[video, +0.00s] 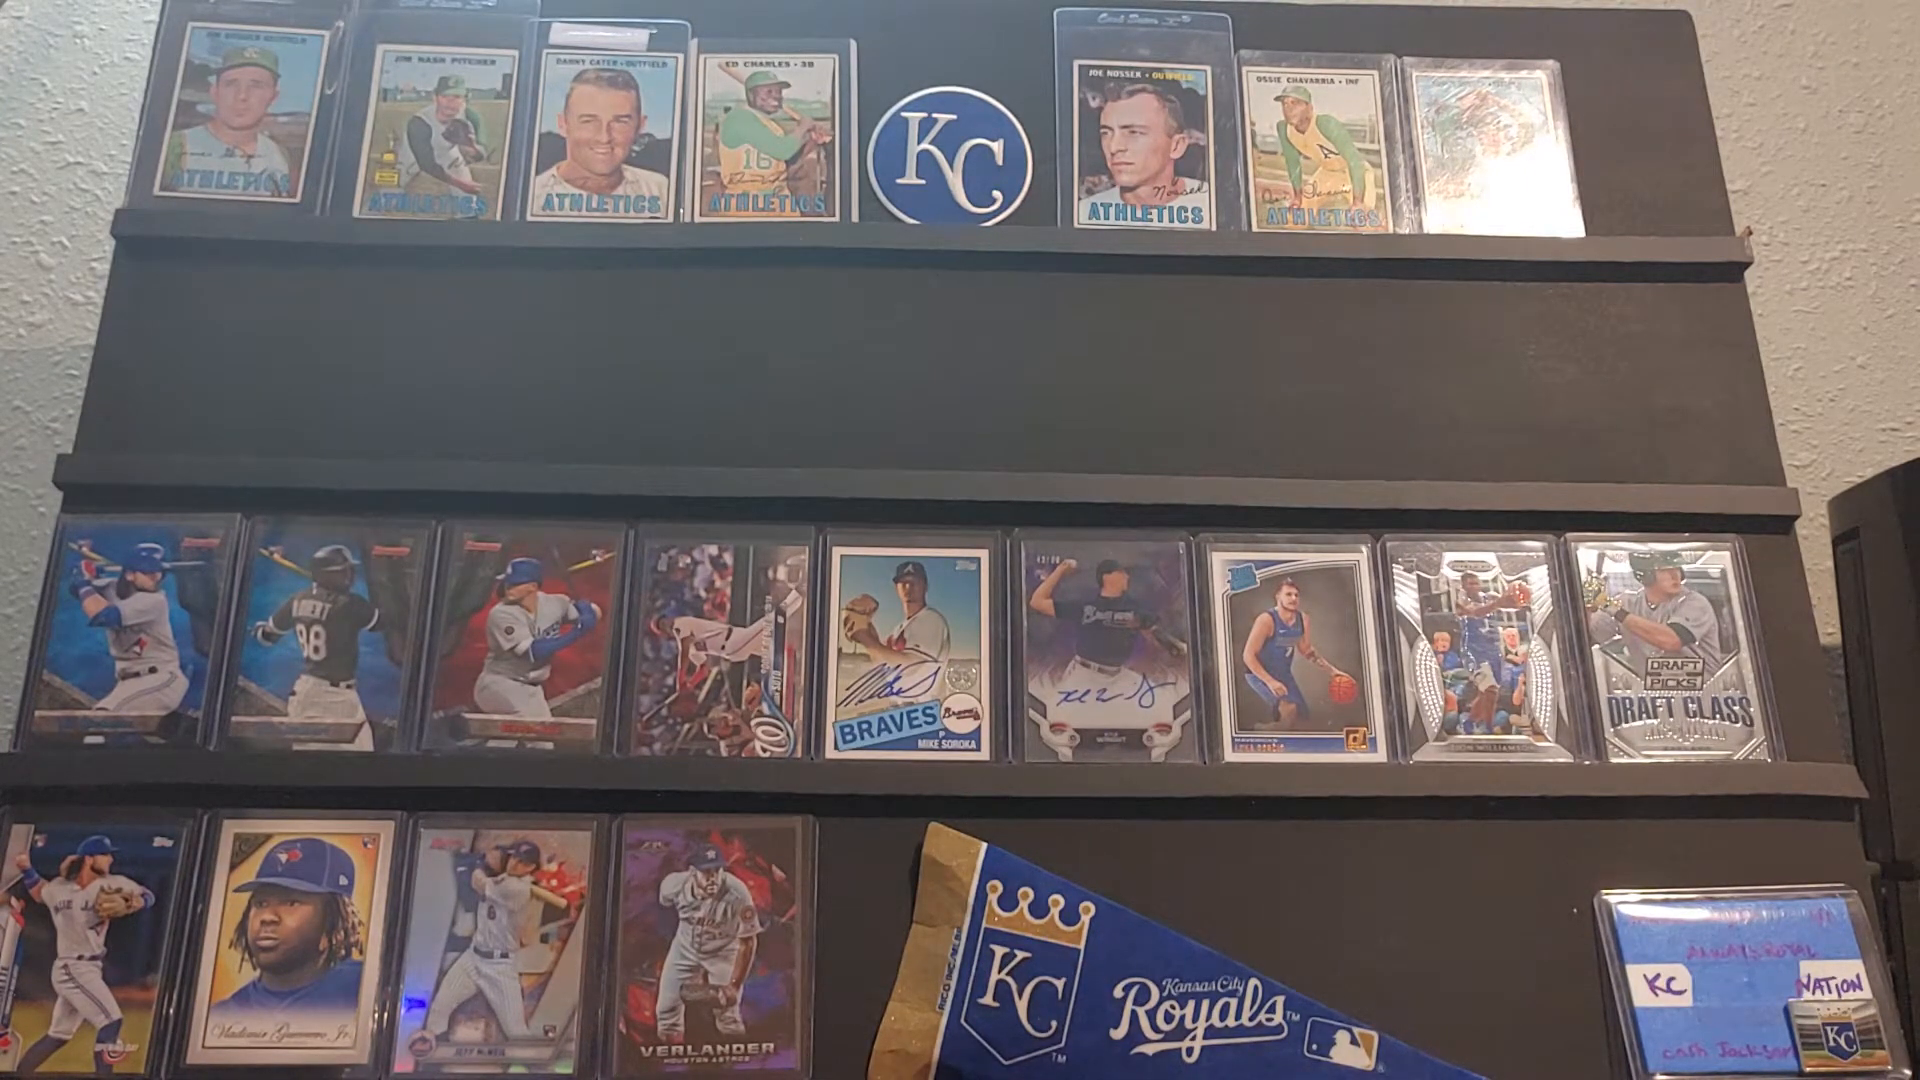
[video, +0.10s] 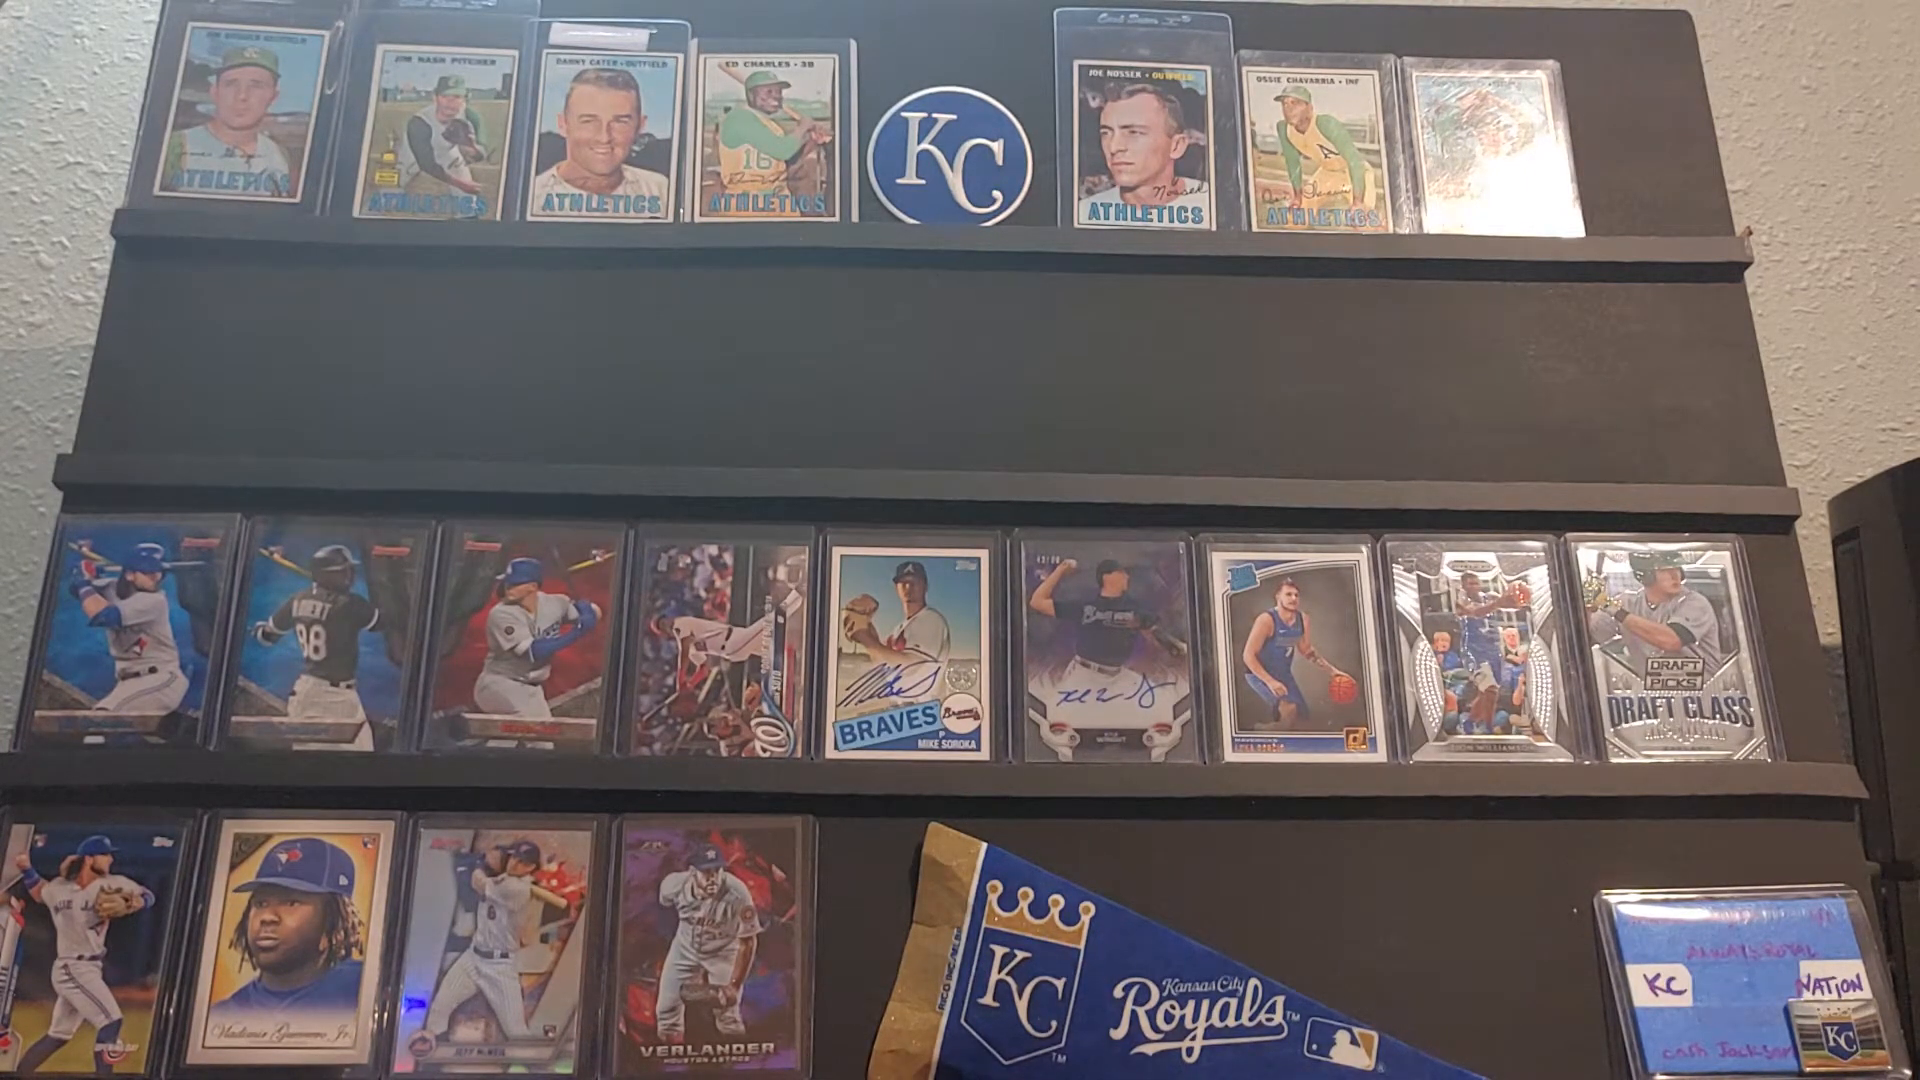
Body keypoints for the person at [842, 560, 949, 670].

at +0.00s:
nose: (907, 588)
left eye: (913, 583)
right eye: (902, 583)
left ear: (925, 586)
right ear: (896, 588)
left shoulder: (930, 619)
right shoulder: (901, 627)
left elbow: (911, 662)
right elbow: (880, 660)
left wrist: (865, 638)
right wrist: (865, 623)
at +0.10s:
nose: (907, 588)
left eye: (913, 583)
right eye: (902, 583)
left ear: (925, 586)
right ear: (896, 587)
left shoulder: (931, 619)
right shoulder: (902, 626)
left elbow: (912, 663)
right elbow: (881, 660)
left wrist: (866, 639)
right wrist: (865, 624)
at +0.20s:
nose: (907, 588)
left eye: (913, 583)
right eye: (902, 583)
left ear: (925, 586)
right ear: (896, 588)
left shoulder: (930, 619)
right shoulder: (902, 626)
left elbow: (911, 663)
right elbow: (880, 659)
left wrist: (865, 638)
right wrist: (865, 623)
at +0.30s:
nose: (907, 588)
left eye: (913, 583)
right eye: (902, 583)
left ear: (925, 586)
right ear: (896, 588)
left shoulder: (930, 619)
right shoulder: (902, 626)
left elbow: (911, 663)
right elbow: (880, 659)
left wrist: (865, 638)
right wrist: (865, 623)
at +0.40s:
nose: (907, 587)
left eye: (913, 582)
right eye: (902, 582)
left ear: (924, 587)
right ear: (896, 588)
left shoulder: (929, 619)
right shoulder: (901, 627)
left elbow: (910, 661)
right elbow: (879, 658)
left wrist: (865, 639)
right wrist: (864, 621)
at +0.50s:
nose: (907, 587)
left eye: (913, 582)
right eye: (902, 582)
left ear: (924, 587)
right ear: (896, 588)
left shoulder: (929, 619)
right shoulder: (901, 627)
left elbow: (910, 661)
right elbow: (879, 658)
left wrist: (865, 639)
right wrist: (864, 621)